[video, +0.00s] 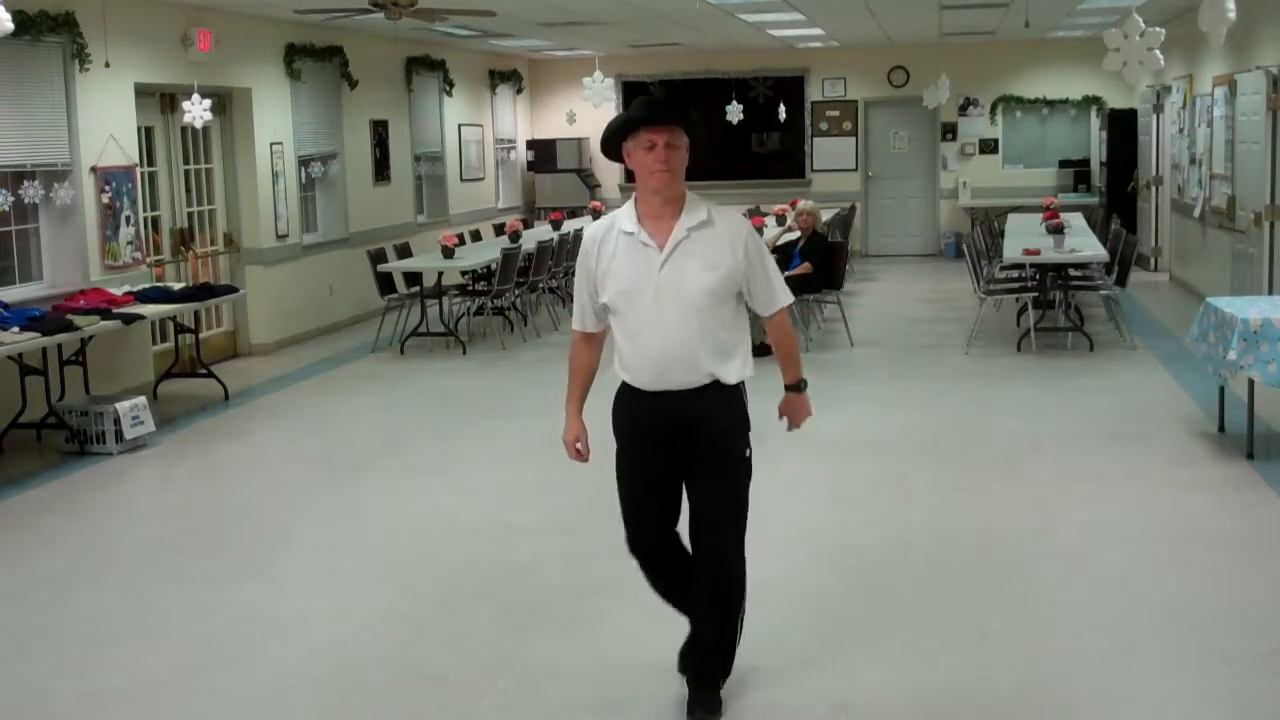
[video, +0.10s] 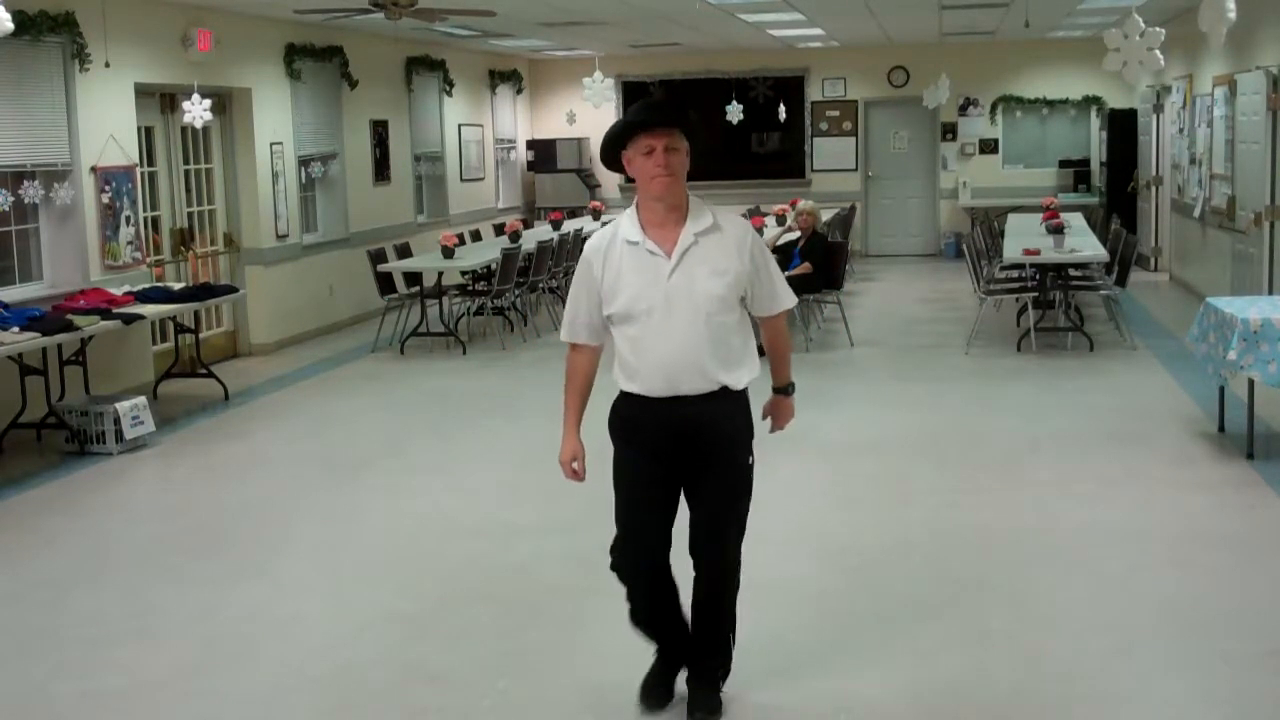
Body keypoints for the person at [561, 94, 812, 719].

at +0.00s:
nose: (660, 155)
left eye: (670, 145)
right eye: (647, 147)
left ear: (687, 157)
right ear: (626, 161)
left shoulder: (731, 229)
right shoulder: (600, 239)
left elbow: (774, 311)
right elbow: (587, 333)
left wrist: (795, 385)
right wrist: (573, 410)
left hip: (716, 407)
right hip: (639, 411)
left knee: (717, 552)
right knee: (648, 540)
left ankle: (705, 686)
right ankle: (707, 612)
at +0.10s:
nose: (661, 156)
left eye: (671, 147)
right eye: (647, 150)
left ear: (689, 159)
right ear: (627, 168)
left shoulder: (734, 234)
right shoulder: (603, 246)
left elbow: (771, 314)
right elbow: (584, 341)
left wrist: (782, 387)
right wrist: (570, 429)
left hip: (721, 416)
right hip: (640, 420)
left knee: (717, 560)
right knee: (635, 557)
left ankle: (706, 682)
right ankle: (671, 644)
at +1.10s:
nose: (638, 171)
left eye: (644, 156)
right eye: (636, 159)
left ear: (678, 151)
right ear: (676, 155)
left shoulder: (747, 232)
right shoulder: (674, 229)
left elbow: (808, 327)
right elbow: (660, 328)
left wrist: (816, 429)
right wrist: (632, 405)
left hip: (740, 426)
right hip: (679, 422)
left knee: (755, 569)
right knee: (650, 552)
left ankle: (778, 699)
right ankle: (680, 680)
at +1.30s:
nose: (650, 175)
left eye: (650, 162)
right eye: (650, 163)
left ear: (667, 156)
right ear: (698, 157)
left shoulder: (712, 229)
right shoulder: (704, 222)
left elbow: (738, 330)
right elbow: (724, 329)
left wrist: (744, 424)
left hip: (721, 419)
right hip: (700, 414)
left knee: (739, 561)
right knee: (690, 537)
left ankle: (776, 703)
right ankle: (729, 672)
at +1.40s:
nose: (650, 169)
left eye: (651, 157)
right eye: (652, 157)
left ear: (664, 156)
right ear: (706, 156)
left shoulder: (696, 225)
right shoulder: (730, 218)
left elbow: (697, 330)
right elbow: (760, 305)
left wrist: (682, 421)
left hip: (706, 409)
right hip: (738, 401)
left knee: (723, 557)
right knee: (729, 549)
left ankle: (773, 699)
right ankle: (736, 671)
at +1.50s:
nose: (650, 165)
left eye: (648, 155)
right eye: (652, 155)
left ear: (656, 154)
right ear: (708, 155)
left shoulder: (671, 226)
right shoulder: (741, 221)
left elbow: (654, 331)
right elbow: (763, 322)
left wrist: (619, 422)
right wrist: (765, 392)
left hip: (688, 406)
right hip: (743, 398)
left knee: (692, 544)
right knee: (737, 536)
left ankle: (737, 688)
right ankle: (733, 668)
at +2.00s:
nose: (644, 168)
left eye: (629, 160)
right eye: (661, 157)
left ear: (623, 163)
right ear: (675, 161)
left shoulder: (596, 234)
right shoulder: (715, 225)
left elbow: (586, 332)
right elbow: (751, 310)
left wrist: (623, 361)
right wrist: (787, 385)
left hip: (630, 394)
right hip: (702, 389)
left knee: (620, 507)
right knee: (695, 510)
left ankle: (667, 626)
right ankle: (679, 639)